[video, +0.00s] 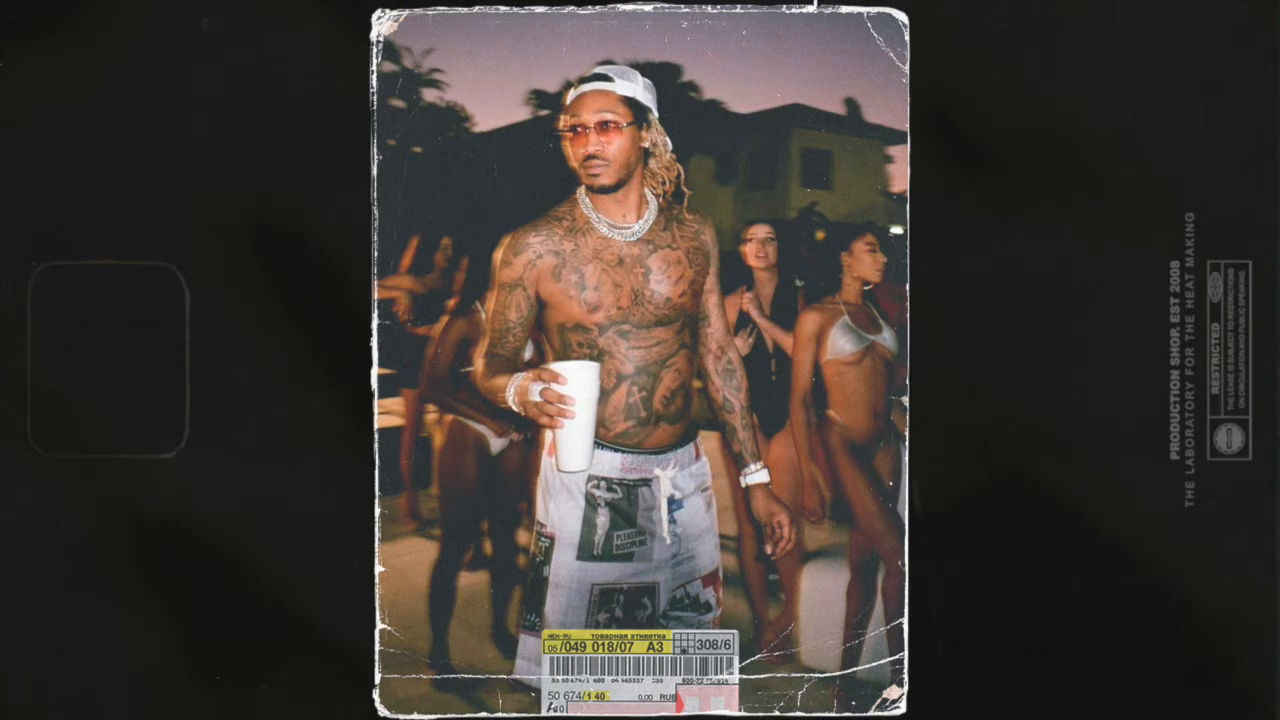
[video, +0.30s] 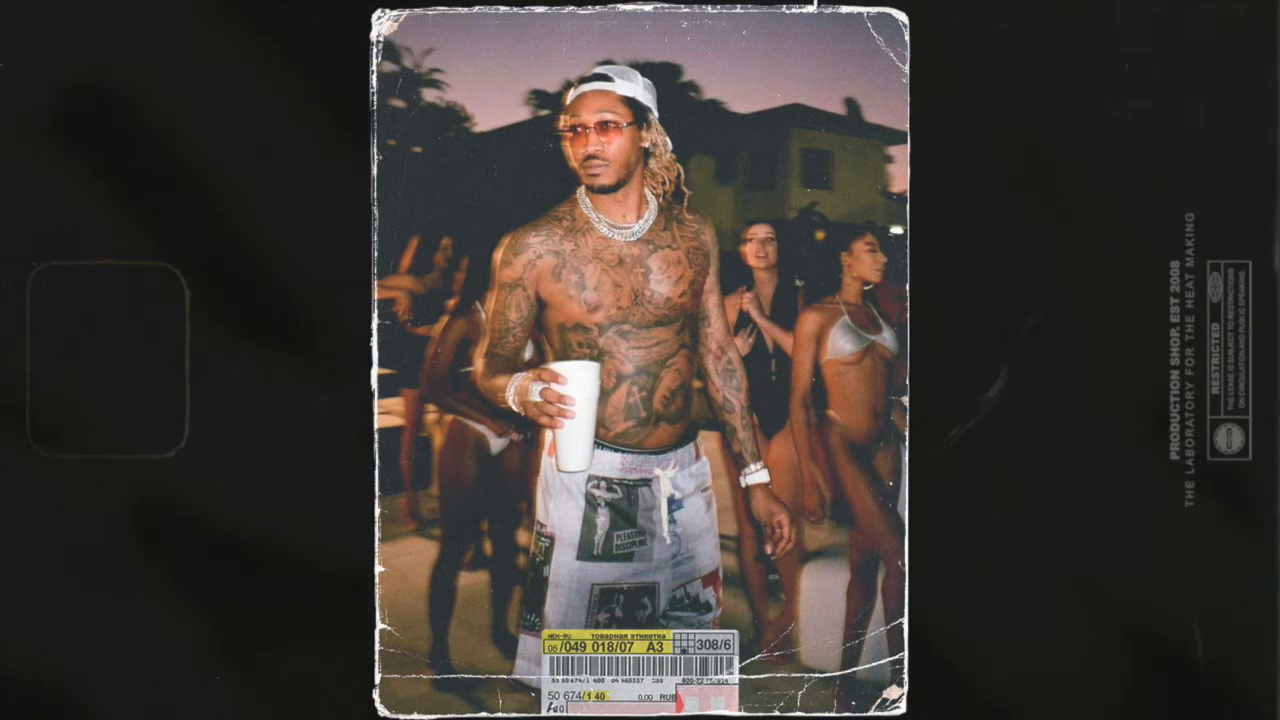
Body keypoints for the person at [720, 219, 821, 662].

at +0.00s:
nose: (760, 249)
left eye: (768, 241)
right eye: (752, 242)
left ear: (781, 249)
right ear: (741, 250)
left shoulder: (798, 296)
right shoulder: (731, 300)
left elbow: (804, 352)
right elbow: (714, 364)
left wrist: (762, 319)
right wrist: (733, 344)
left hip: (784, 419)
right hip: (738, 420)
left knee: (785, 521)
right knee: (749, 527)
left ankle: (794, 613)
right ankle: (763, 623)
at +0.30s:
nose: (760, 249)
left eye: (768, 241)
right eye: (752, 242)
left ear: (781, 249)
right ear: (741, 250)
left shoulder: (797, 296)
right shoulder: (730, 299)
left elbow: (803, 352)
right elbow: (713, 363)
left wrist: (761, 318)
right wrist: (734, 342)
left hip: (784, 420)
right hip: (738, 421)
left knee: (783, 522)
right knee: (749, 527)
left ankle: (794, 614)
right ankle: (763, 624)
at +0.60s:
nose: (760, 249)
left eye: (768, 241)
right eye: (752, 242)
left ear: (781, 249)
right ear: (741, 250)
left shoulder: (798, 296)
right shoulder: (732, 300)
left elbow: (804, 352)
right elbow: (713, 364)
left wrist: (762, 319)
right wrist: (733, 345)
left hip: (784, 419)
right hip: (738, 420)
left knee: (785, 521)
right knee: (749, 527)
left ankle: (794, 613)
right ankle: (763, 622)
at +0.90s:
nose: (760, 249)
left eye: (768, 242)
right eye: (752, 242)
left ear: (781, 249)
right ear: (740, 250)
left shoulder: (798, 295)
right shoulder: (732, 300)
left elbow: (805, 353)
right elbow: (714, 363)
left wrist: (762, 319)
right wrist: (734, 342)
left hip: (785, 419)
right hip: (739, 420)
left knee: (784, 521)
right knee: (749, 527)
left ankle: (794, 613)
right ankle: (763, 622)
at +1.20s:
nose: (760, 249)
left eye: (768, 241)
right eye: (752, 242)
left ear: (781, 249)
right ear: (741, 250)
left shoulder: (797, 296)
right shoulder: (730, 299)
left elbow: (804, 352)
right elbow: (713, 364)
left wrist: (761, 318)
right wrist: (734, 342)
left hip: (784, 420)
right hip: (738, 421)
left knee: (784, 522)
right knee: (749, 527)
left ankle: (794, 614)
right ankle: (763, 623)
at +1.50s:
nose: (760, 249)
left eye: (768, 241)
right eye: (752, 241)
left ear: (781, 249)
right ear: (741, 250)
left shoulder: (797, 295)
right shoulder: (731, 299)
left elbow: (803, 352)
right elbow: (714, 363)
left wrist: (761, 317)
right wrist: (735, 339)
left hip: (784, 419)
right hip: (738, 421)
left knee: (784, 521)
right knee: (748, 526)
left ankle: (793, 614)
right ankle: (762, 623)